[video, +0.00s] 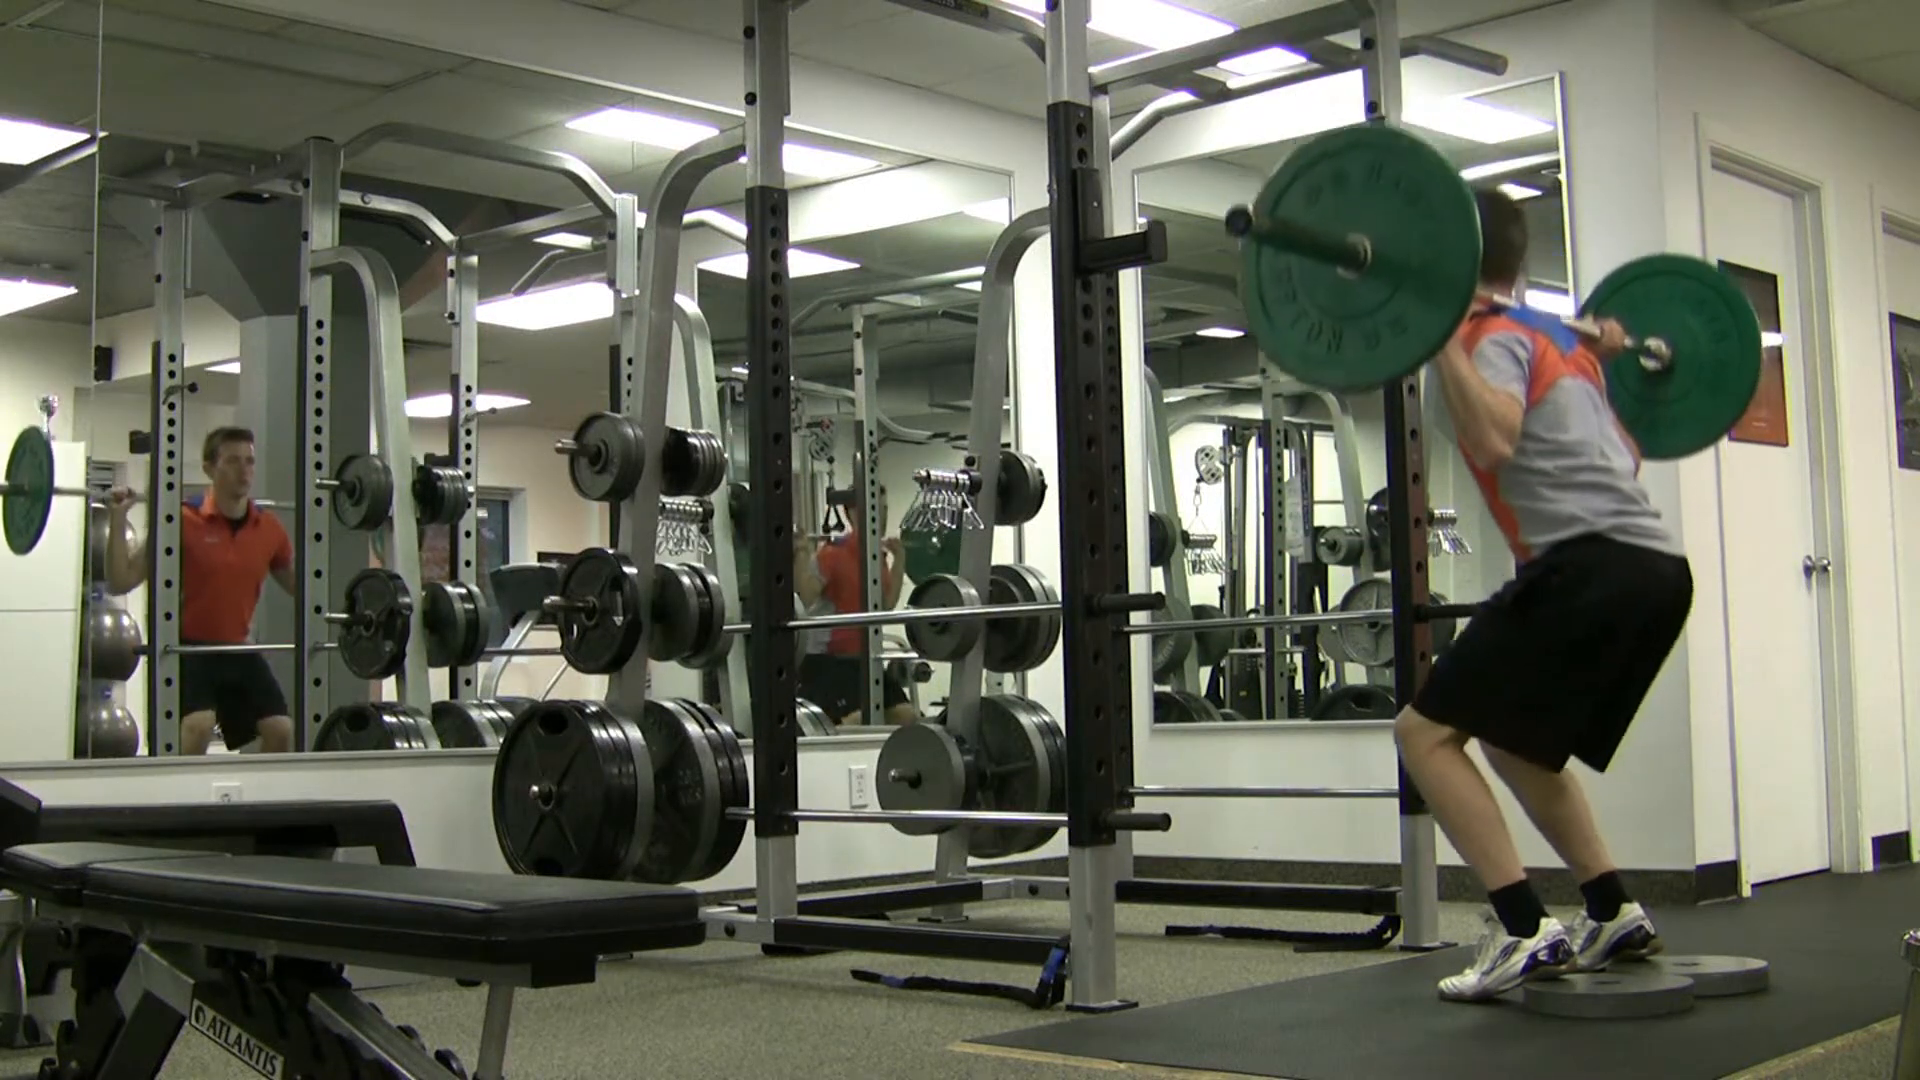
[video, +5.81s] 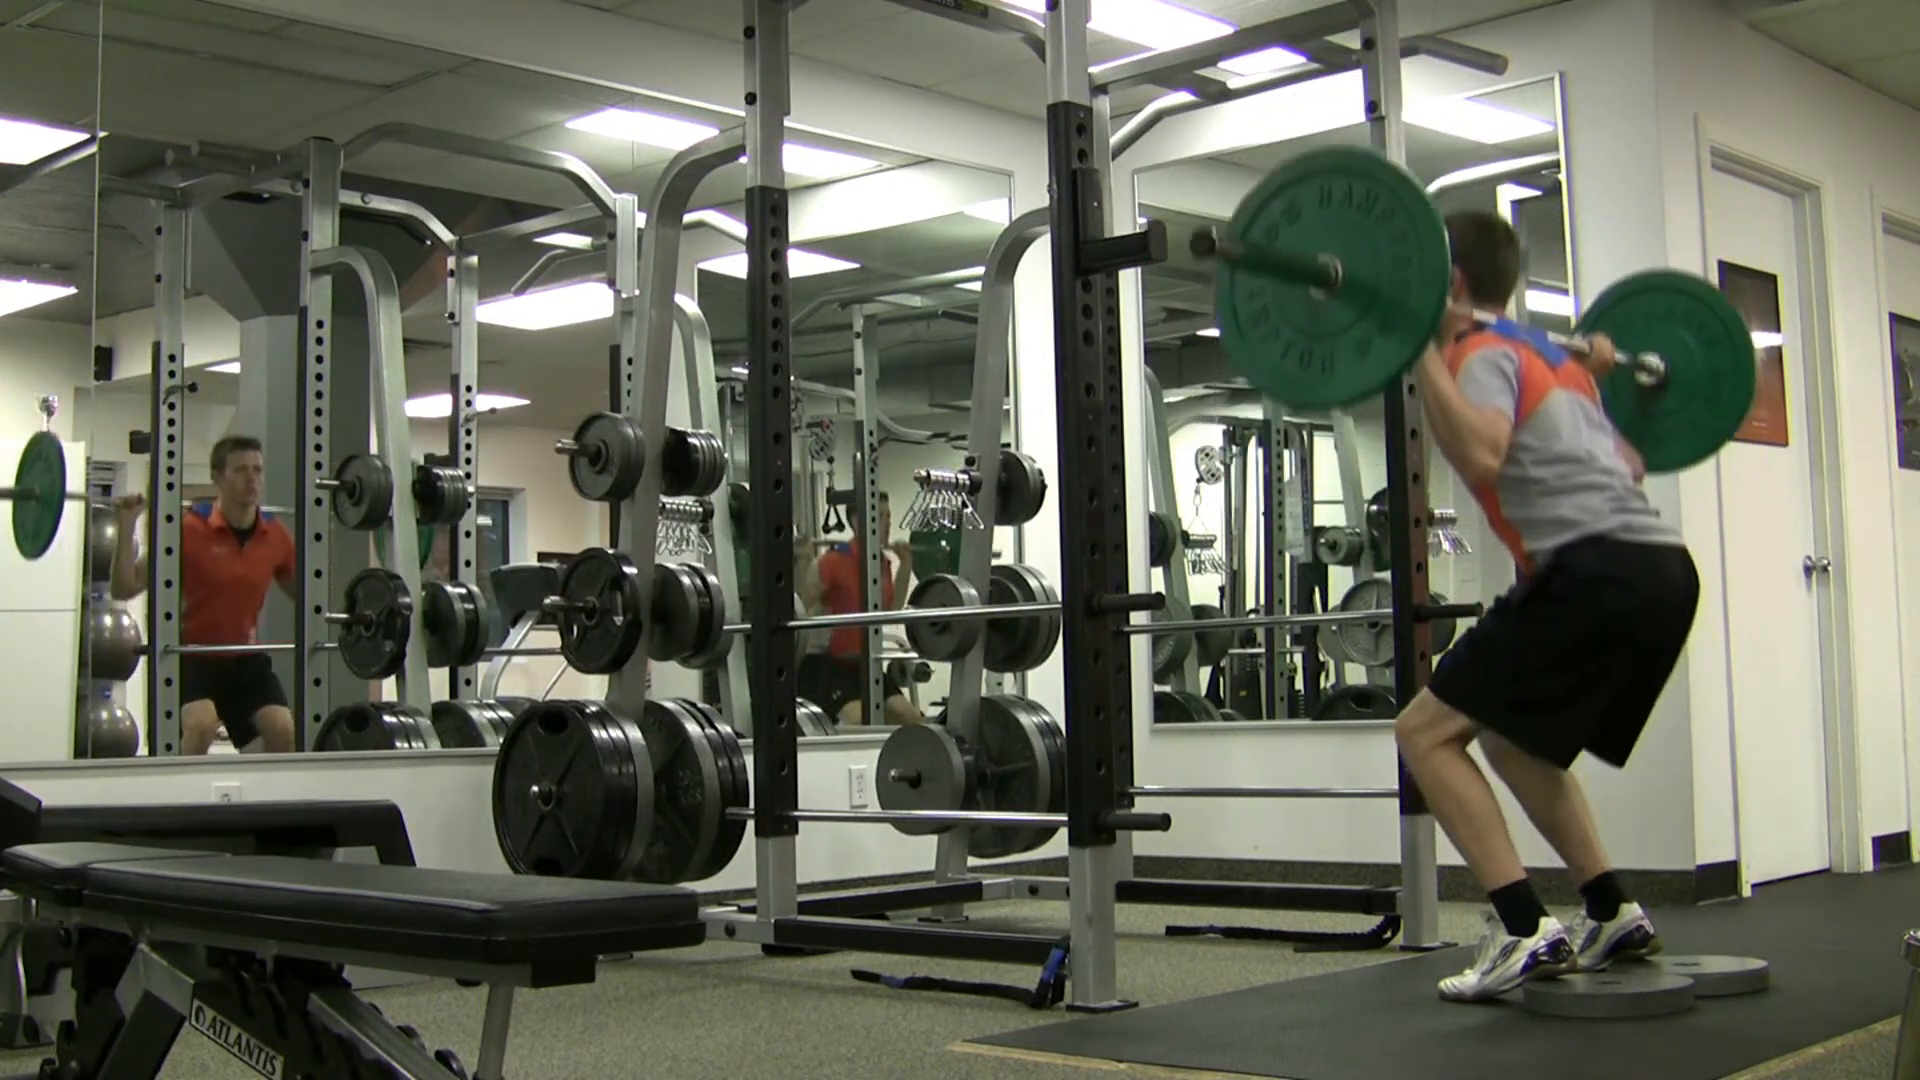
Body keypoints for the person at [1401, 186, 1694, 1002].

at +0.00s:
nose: (1435, 276)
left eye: (1441, 259)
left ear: (1454, 263)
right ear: (1518, 266)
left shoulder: (1494, 335)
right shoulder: (1564, 345)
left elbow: (1493, 442)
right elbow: (1625, 450)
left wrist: (1440, 339)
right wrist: (1598, 357)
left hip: (1585, 566)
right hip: (1656, 572)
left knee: (1423, 731)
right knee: (1517, 741)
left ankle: (1524, 930)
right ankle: (1615, 912)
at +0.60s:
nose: (1429, 396)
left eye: (1435, 382)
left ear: (1447, 390)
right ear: (1520, 393)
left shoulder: (1498, 462)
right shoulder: (1564, 459)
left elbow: (1503, 578)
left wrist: (1442, 476)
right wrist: (1602, 471)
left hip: (1611, 674)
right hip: (1682, 683)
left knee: (1406, 748)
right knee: (1509, 773)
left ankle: (1523, 929)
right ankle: (1613, 914)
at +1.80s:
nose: (1435, 281)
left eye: (1436, 265)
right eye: (1436, 266)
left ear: (1453, 266)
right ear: (1514, 268)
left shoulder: (1492, 332)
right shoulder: (1563, 343)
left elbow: (1488, 439)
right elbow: (1626, 445)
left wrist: (1432, 332)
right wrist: (1598, 350)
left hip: (1593, 556)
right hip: (1662, 556)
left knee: (1433, 727)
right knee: (1514, 734)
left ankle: (1523, 929)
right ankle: (1614, 912)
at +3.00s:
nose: (1427, 144)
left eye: (1433, 125)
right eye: (1437, 125)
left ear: (1455, 133)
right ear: (1512, 135)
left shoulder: (1488, 209)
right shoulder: (1562, 221)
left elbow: (1475, 318)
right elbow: (1614, 354)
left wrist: (1432, 208)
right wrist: (1601, 245)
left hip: (1524, 471)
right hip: (1588, 470)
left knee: (1514, 696)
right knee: (1593, 697)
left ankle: (1530, 928)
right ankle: (1621, 910)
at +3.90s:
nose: (1431, 273)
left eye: (1436, 257)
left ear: (1448, 261)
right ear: (1514, 263)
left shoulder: (1488, 331)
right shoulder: (1560, 341)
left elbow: (1485, 441)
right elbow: (1625, 449)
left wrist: (1433, 335)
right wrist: (1594, 352)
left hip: (1581, 560)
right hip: (1651, 566)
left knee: (1423, 731)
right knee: (1514, 737)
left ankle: (1524, 928)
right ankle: (1613, 912)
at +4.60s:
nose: (1425, 402)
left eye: (1430, 387)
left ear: (1443, 396)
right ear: (1514, 396)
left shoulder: (1494, 468)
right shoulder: (1560, 465)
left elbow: (1498, 582)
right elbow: (1623, 563)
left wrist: (1436, 480)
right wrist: (1593, 477)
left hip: (1609, 676)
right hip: (1681, 684)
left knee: (1406, 748)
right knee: (1508, 773)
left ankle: (1523, 929)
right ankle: (1612, 914)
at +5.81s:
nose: (1427, 292)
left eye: (1430, 278)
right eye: (1428, 279)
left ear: (1453, 284)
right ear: (1510, 287)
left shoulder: (1486, 349)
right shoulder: (1560, 364)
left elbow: (1481, 453)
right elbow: (1629, 464)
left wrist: (1422, 351)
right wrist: (1593, 373)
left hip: (1589, 570)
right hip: (1662, 571)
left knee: (1423, 733)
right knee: (1515, 741)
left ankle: (1523, 929)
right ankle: (1613, 912)